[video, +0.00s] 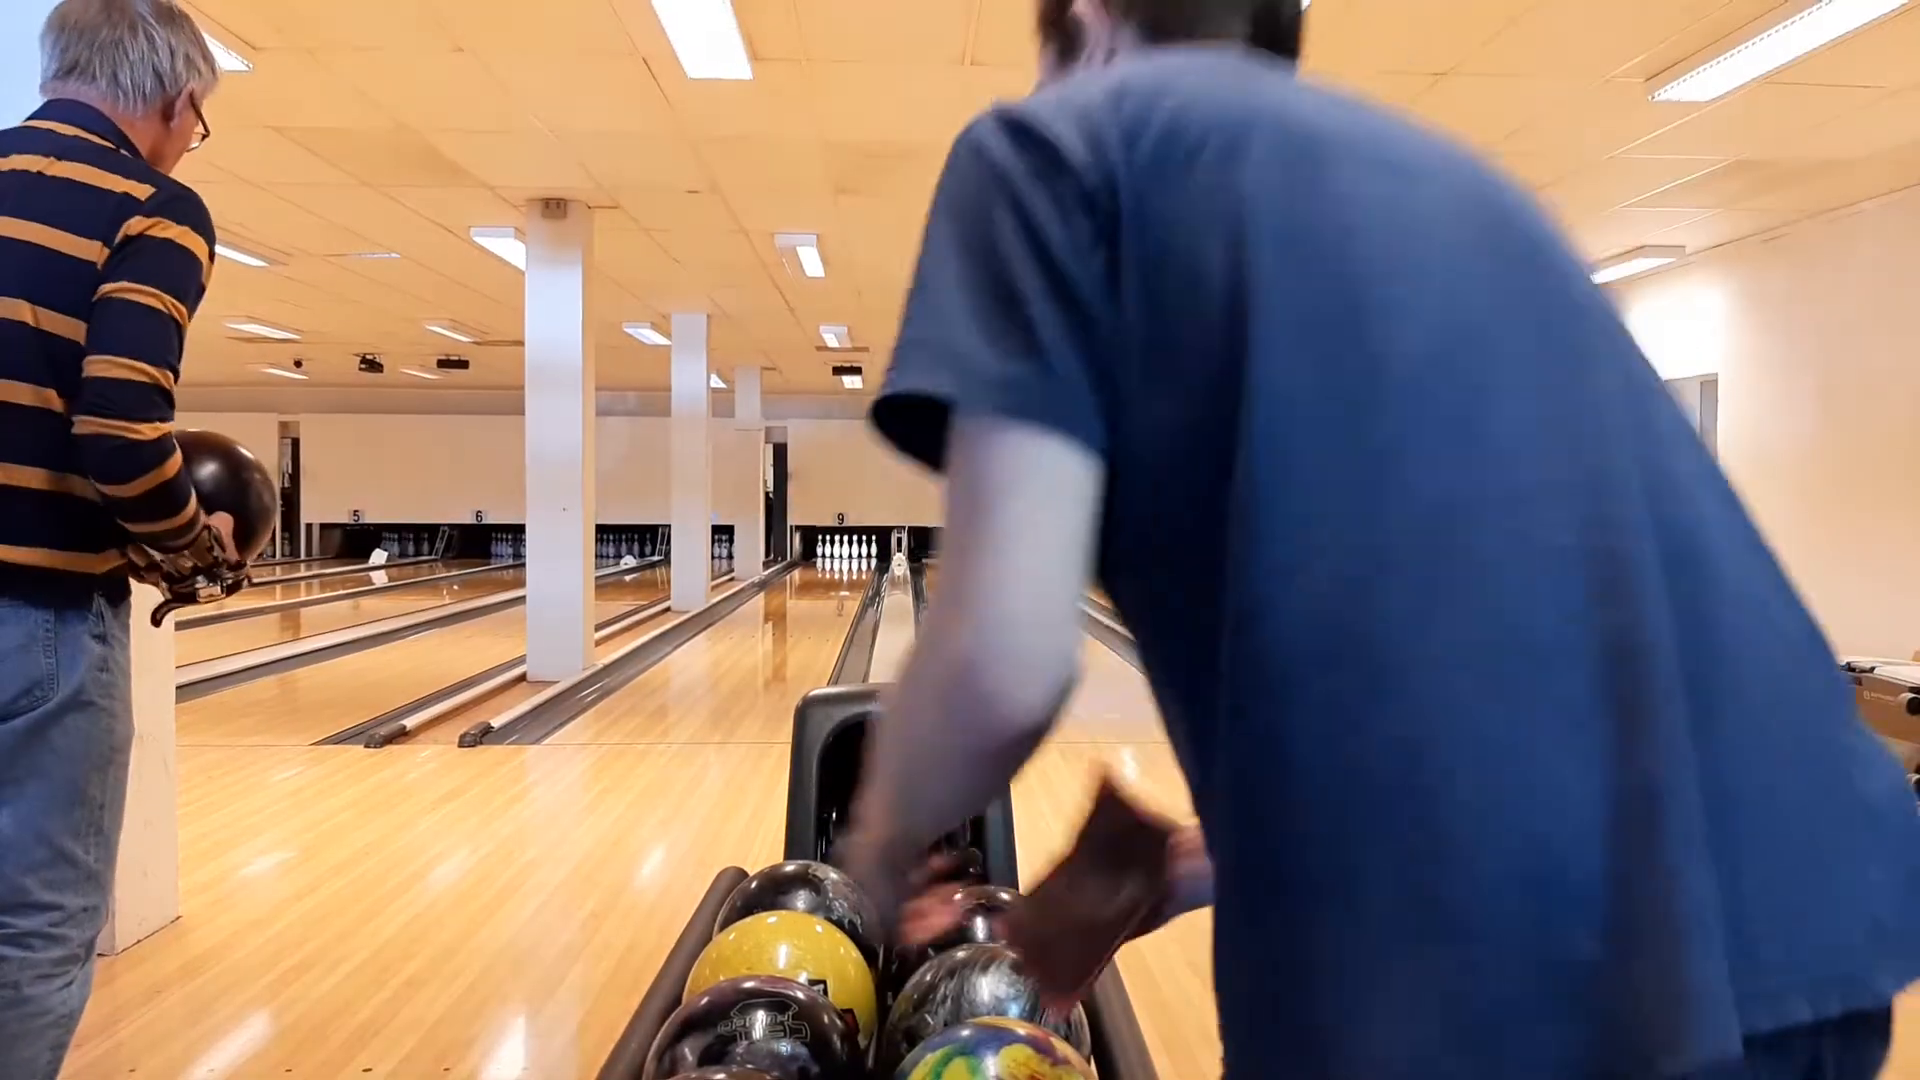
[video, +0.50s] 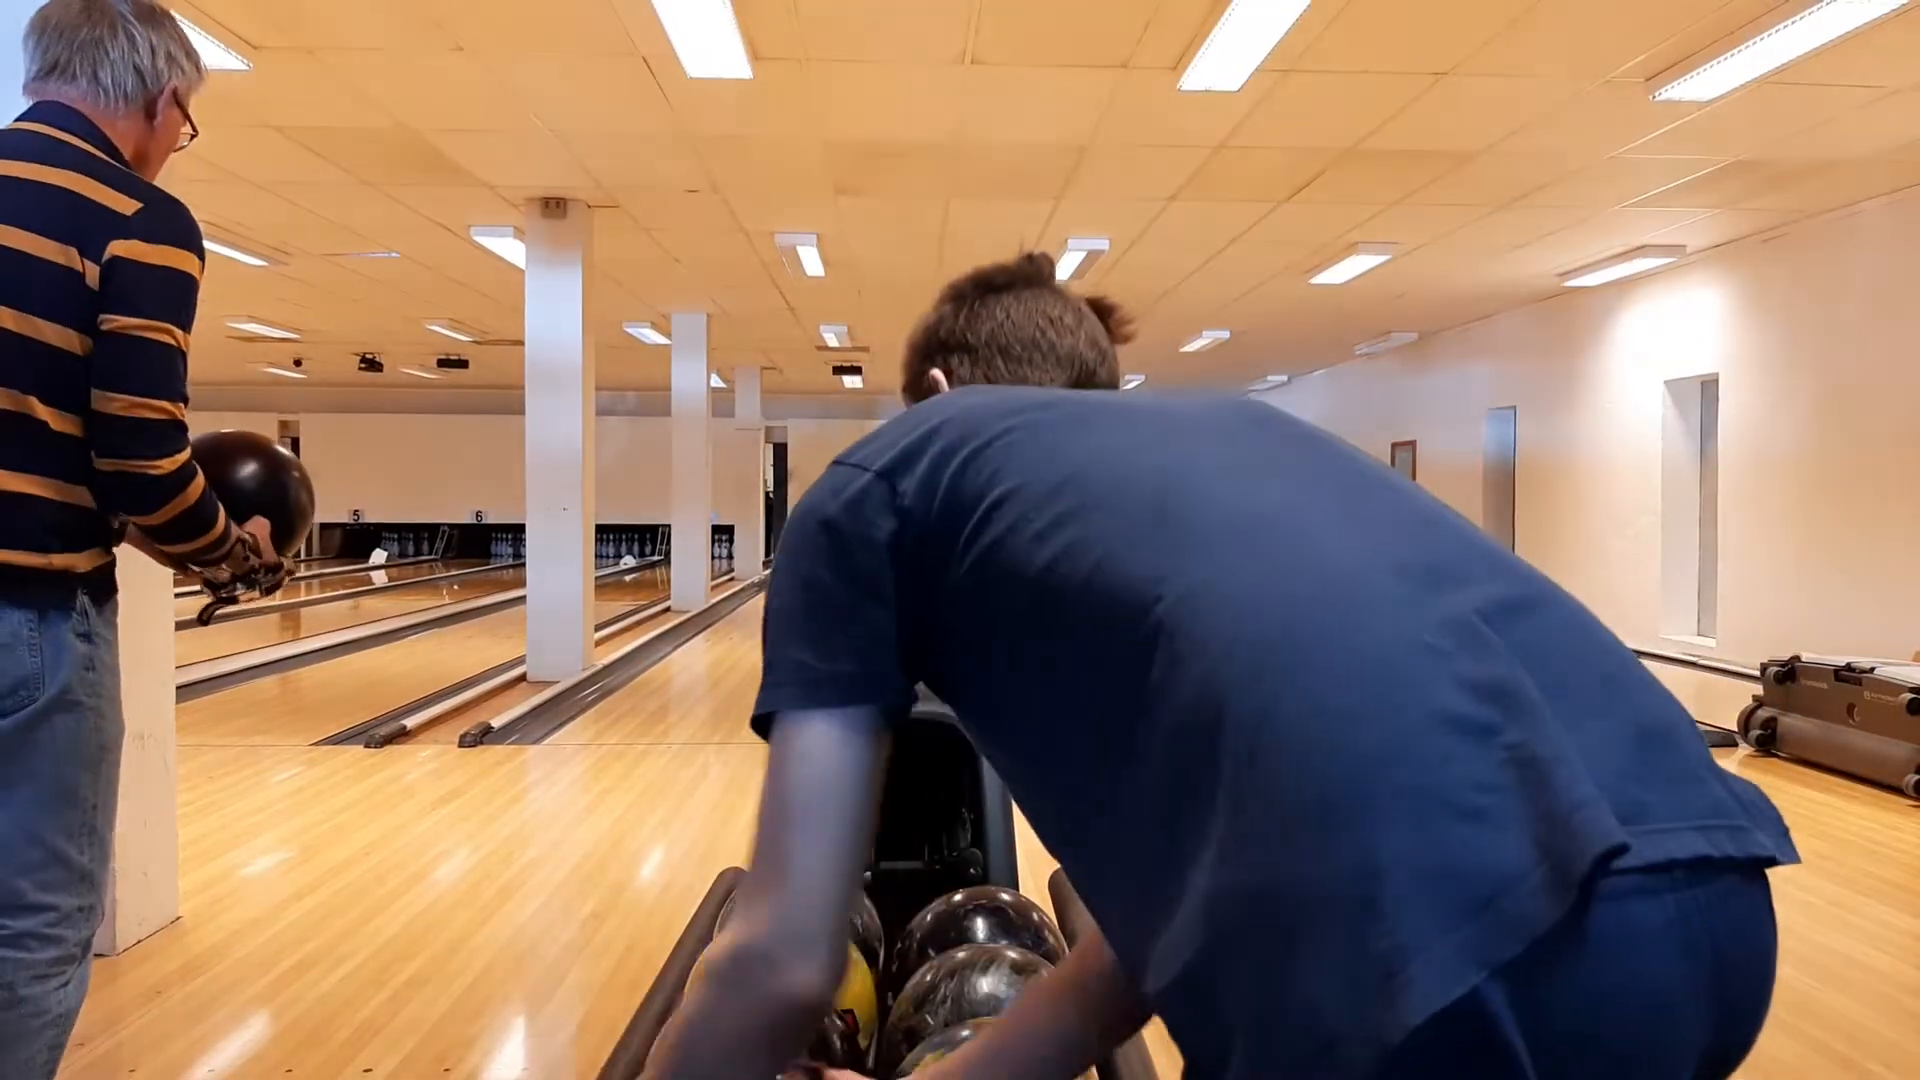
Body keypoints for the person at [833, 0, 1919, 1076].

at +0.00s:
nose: (1041, 82)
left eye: (1041, 62)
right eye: (1041, 66)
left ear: (1082, 28)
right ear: (1277, 47)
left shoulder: (1067, 144)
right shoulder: (1443, 180)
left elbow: (1005, 666)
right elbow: (1503, 684)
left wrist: (877, 858)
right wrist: (1191, 861)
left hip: (1486, 982)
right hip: (1812, 928)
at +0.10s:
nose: (984, 193)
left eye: (990, 163)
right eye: (987, 165)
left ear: (1029, 157)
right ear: (1218, 167)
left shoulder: (1004, 269)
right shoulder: (1367, 288)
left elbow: (882, 759)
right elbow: (1368, 798)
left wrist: (707, 982)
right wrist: (1061, 925)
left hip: (1474, 967)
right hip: (1782, 911)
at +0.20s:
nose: (941, 326)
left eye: (943, 299)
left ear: (981, 267)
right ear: (1163, 276)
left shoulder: (963, 363)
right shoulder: (1321, 374)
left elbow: (788, 861)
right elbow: (1192, 865)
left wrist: (623, 1063)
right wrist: (912, 1061)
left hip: (1434, 975)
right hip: (1752, 912)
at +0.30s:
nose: (898, 407)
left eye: (901, 387)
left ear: (943, 363)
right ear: (1130, 349)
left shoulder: (913, 437)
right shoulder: (1281, 426)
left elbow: (736, 921)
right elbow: (1100, 949)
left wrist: (624, 1072)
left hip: (1404, 992)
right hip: (1727, 923)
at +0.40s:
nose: (887, 433)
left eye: (889, 416)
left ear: (926, 399)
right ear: (1112, 383)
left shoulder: (896, 475)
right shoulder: (1254, 447)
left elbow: (726, 966)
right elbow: (1092, 968)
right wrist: (938, 1077)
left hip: (1404, 982)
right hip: (1707, 910)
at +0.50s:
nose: (887, 429)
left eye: (889, 414)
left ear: (925, 392)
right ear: (1107, 375)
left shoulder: (882, 481)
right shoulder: (1248, 441)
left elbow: (792, 963)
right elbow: (1162, 910)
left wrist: (704, 1047)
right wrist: (964, 1076)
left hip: (1393, 992)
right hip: (1703, 920)